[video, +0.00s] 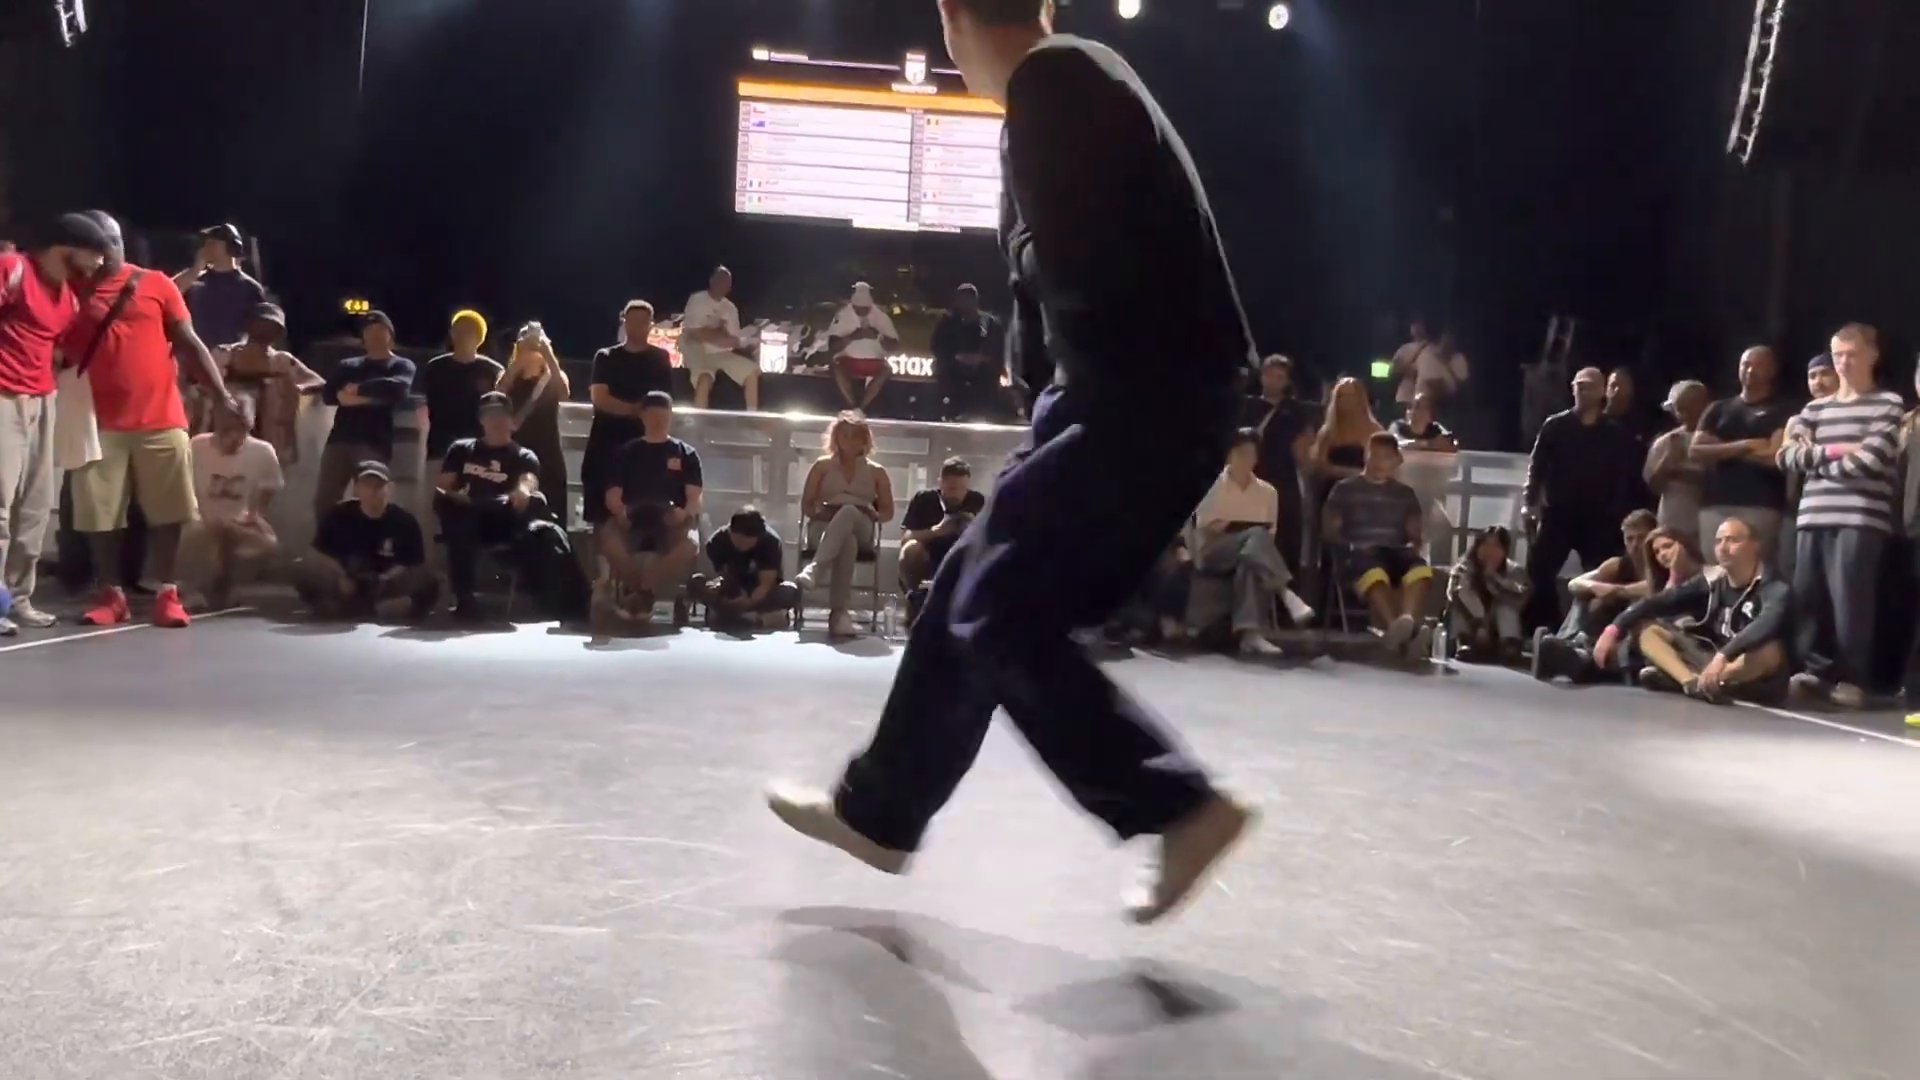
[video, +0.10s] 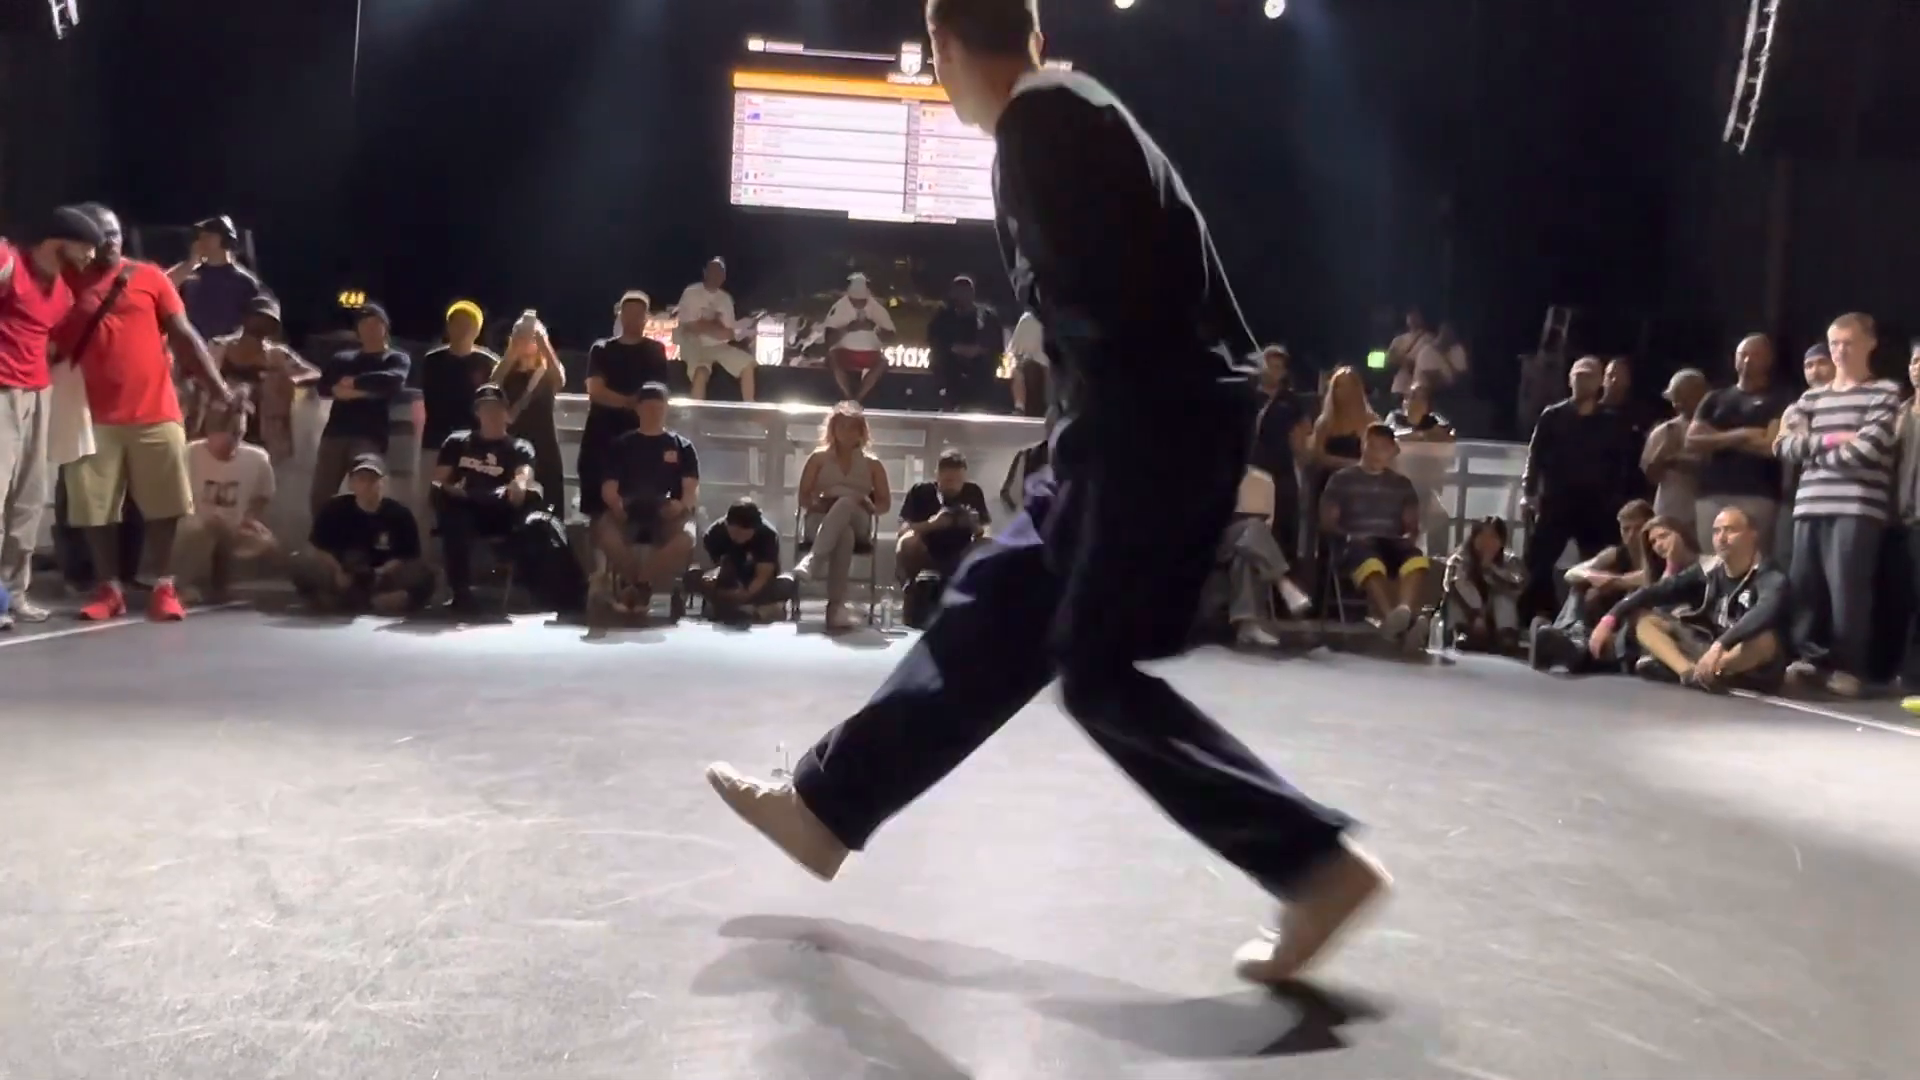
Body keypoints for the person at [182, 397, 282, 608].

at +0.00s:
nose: (232, 438)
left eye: (238, 430)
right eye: (225, 430)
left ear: (248, 428)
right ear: (216, 426)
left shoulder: (263, 452)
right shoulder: (196, 446)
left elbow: (269, 488)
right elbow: (185, 482)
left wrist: (254, 514)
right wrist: (199, 515)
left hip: (241, 520)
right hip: (204, 518)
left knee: (267, 544)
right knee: (189, 538)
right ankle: (187, 591)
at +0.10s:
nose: (230, 439)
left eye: (237, 433)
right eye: (225, 432)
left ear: (243, 433)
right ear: (210, 431)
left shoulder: (258, 459)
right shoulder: (189, 455)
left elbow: (261, 500)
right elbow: (183, 501)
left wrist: (246, 524)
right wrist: (207, 519)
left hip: (238, 532)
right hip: (201, 530)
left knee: (265, 544)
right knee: (192, 529)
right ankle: (185, 587)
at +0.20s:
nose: (229, 443)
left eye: (235, 437)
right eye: (224, 435)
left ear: (240, 439)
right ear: (208, 434)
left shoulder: (256, 467)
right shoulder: (185, 463)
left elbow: (260, 522)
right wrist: (204, 526)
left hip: (237, 546)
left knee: (268, 554)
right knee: (197, 532)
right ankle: (186, 588)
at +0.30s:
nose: (223, 448)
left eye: (229, 441)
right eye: (216, 441)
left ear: (236, 441)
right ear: (204, 438)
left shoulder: (257, 470)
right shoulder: (187, 466)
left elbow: (264, 519)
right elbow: (183, 513)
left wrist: (253, 541)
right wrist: (204, 528)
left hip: (241, 544)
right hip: (201, 542)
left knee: (269, 566)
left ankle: (221, 586)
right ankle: (189, 595)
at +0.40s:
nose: (224, 446)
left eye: (229, 439)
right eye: (217, 439)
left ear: (236, 441)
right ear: (204, 439)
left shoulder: (258, 472)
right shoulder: (189, 469)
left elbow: (266, 524)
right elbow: (186, 520)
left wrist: (259, 545)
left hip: (242, 549)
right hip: (204, 547)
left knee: (270, 579)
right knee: (197, 539)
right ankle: (193, 601)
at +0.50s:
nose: (228, 447)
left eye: (232, 440)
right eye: (220, 440)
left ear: (238, 444)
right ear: (205, 444)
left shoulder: (259, 479)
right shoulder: (191, 477)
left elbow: (275, 527)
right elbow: (186, 524)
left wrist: (263, 554)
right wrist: (201, 542)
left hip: (244, 560)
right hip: (206, 558)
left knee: (268, 598)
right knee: (199, 548)